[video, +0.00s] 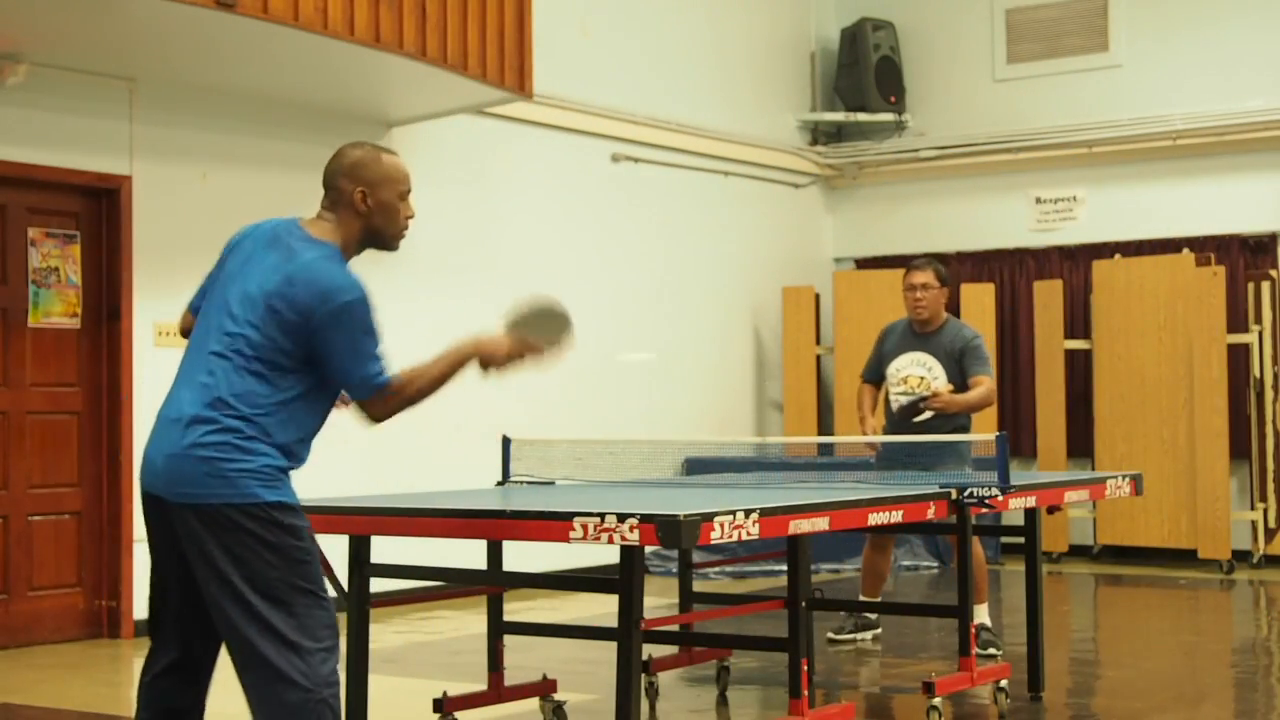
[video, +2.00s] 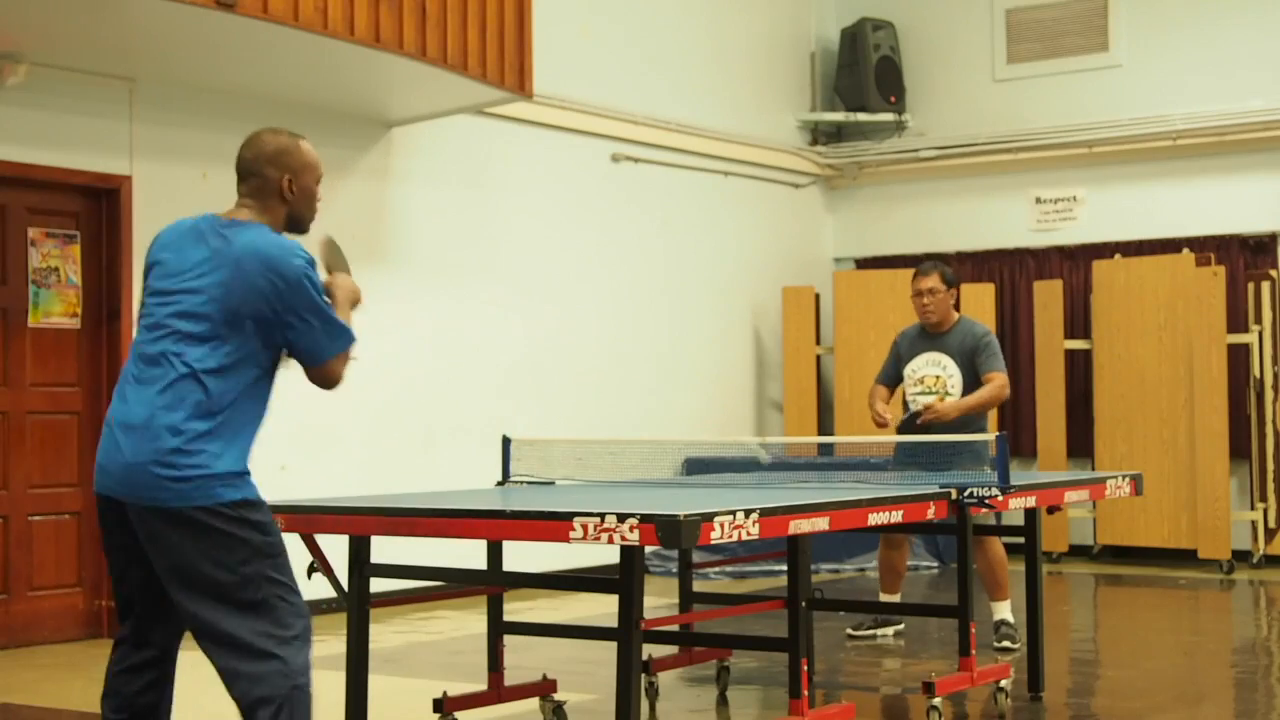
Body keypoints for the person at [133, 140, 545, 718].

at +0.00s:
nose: (412, 211)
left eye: (410, 197)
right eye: (401, 197)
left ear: (351, 199)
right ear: (360, 199)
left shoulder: (255, 238)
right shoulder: (334, 287)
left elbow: (193, 321)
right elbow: (380, 402)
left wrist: (306, 367)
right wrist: (471, 350)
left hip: (168, 471)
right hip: (237, 481)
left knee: (180, 647)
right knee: (303, 650)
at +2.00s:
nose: (319, 197)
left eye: (319, 185)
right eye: (315, 184)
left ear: (247, 182)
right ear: (286, 185)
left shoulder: (170, 238)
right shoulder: (283, 261)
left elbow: (180, 328)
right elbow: (329, 369)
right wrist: (343, 305)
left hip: (117, 474)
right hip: (199, 481)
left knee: (145, 632)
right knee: (275, 637)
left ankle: (127, 717)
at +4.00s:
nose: (341, 229)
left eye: (341, 218)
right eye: (338, 218)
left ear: (268, 217)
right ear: (313, 222)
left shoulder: (181, 266)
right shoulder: (314, 303)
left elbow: (124, 366)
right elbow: (351, 411)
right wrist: (399, 345)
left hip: (107, 486)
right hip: (194, 499)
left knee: (133, 627)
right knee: (296, 638)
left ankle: (88, 714)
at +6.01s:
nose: (250, 227)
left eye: (249, 217)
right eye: (250, 216)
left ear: (196, 213)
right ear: (237, 212)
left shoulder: (146, 272)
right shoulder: (218, 269)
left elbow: (86, 350)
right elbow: (206, 366)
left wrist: (139, 393)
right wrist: (274, 388)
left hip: (106, 455)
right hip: (149, 463)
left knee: (140, 601)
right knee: (163, 609)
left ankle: (140, 706)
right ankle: (148, 712)